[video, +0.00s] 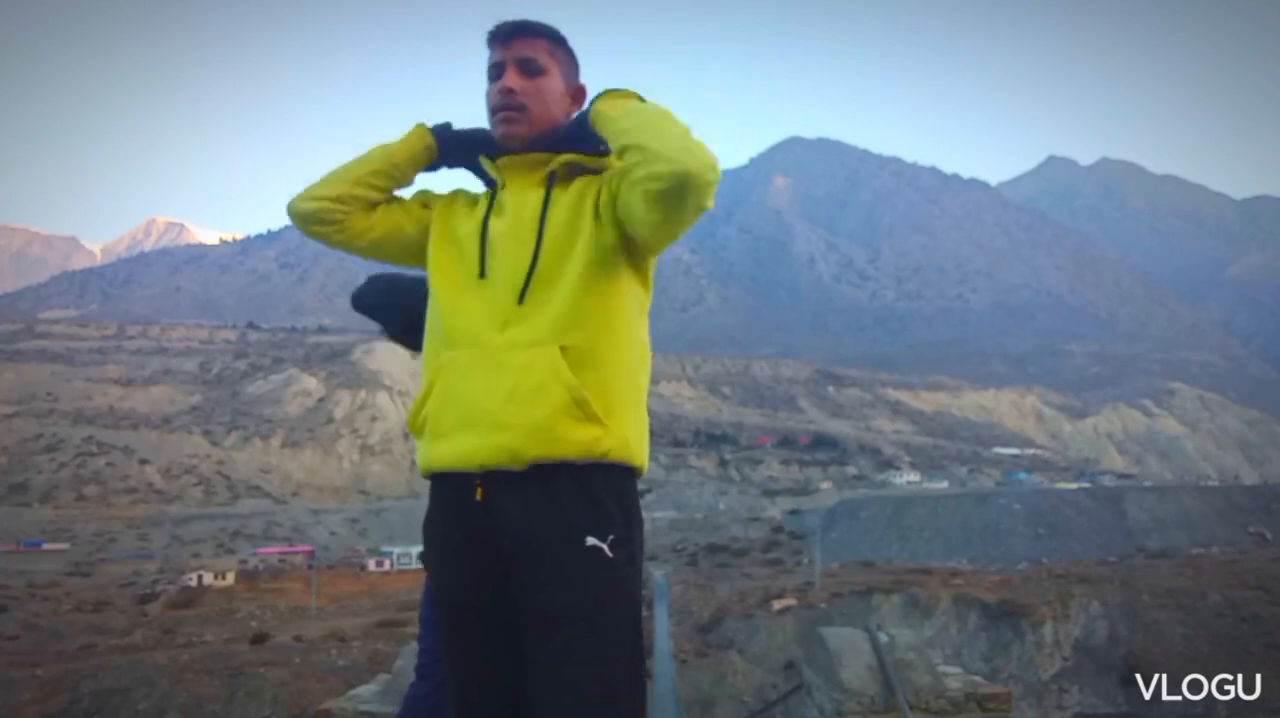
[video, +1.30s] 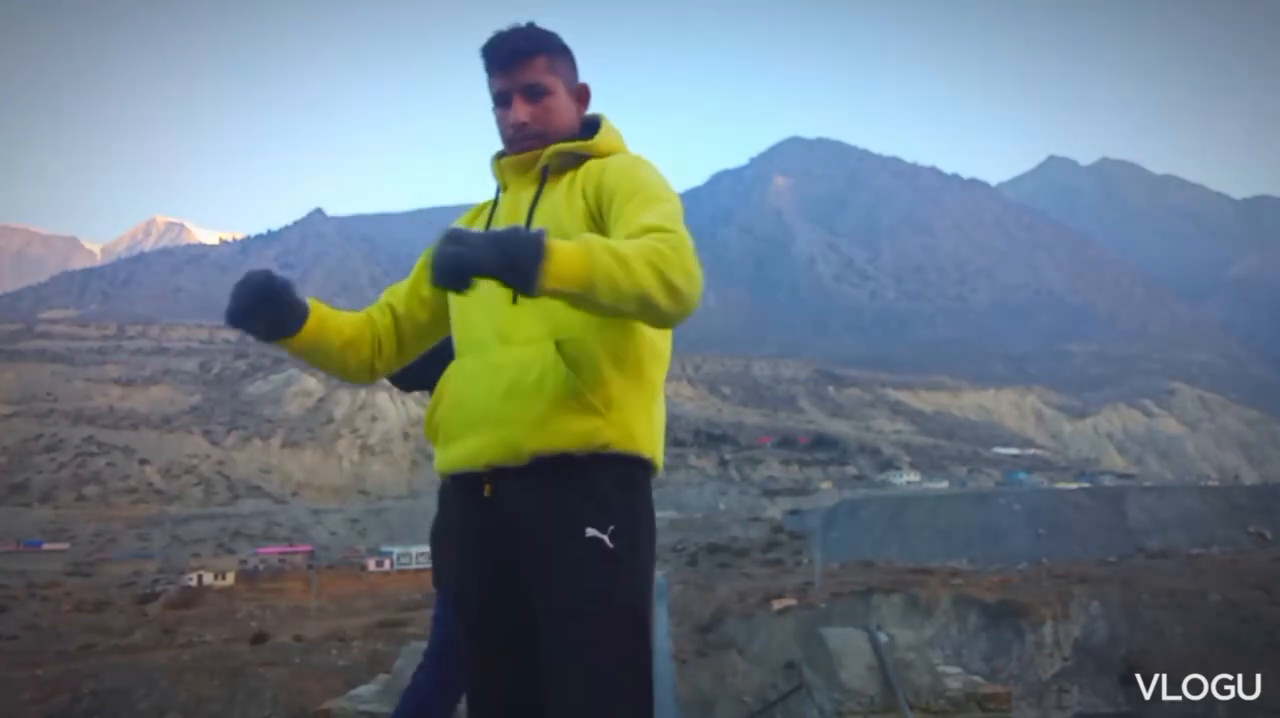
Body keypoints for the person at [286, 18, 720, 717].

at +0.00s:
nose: (507, 84)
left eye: (530, 69)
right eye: (496, 73)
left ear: (574, 97)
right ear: (486, 97)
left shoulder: (608, 194)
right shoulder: (450, 216)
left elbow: (688, 173)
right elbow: (319, 211)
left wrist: (611, 106)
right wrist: (428, 143)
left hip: (577, 500)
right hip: (460, 502)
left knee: (586, 700)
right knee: (469, 697)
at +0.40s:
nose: (519, 89)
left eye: (541, 76)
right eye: (507, 80)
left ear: (581, 102)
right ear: (493, 106)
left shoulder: (616, 187)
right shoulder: (456, 222)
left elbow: (656, 267)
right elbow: (326, 307)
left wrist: (569, 157)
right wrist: (404, 197)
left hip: (577, 502)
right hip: (462, 505)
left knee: (587, 699)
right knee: (451, 697)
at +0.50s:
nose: (516, 92)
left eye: (537, 77)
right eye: (502, 82)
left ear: (577, 98)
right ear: (489, 106)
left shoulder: (611, 196)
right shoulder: (449, 223)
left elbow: (725, 283)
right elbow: (337, 328)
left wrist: (622, 167)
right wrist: (325, 227)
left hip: (579, 498)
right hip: (460, 501)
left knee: (589, 697)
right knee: (458, 695)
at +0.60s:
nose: (507, 92)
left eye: (527, 75)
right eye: (492, 81)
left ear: (569, 92)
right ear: (480, 103)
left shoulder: (623, 187)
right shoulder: (445, 222)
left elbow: (767, 288)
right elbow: (357, 330)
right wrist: (257, 277)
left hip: (579, 494)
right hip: (458, 501)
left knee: (586, 698)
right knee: (461, 697)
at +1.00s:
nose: (506, 104)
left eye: (526, 85)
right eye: (491, 90)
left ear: (568, 93)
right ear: (478, 103)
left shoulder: (619, 183)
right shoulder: (451, 225)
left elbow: (761, 296)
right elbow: (368, 344)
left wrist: (724, 236)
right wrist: (261, 314)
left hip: (577, 486)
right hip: (462, 495)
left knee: (583, 697)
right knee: (476, 694)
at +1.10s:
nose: (520, 115)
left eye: (539, 97)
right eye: (505, 102)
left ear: (579, 102)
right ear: (493, 113)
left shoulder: (619, 183)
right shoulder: (463, 231)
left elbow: (669, 279)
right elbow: (364, 334)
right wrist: (298, 305)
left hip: (579, 492)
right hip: (466, 498)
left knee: (586, 695)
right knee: (477, 692)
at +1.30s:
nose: (518, 113)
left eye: (537, 94)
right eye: (503, 100)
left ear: (580, 97)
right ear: (492, 110)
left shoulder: (617, 177)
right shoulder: (476, 227)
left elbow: (671, 280)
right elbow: (381, 341)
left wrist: (525, 255)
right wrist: (294, 321)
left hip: (589, 489)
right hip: (474, 497)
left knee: (597, 696)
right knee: (495, 697)